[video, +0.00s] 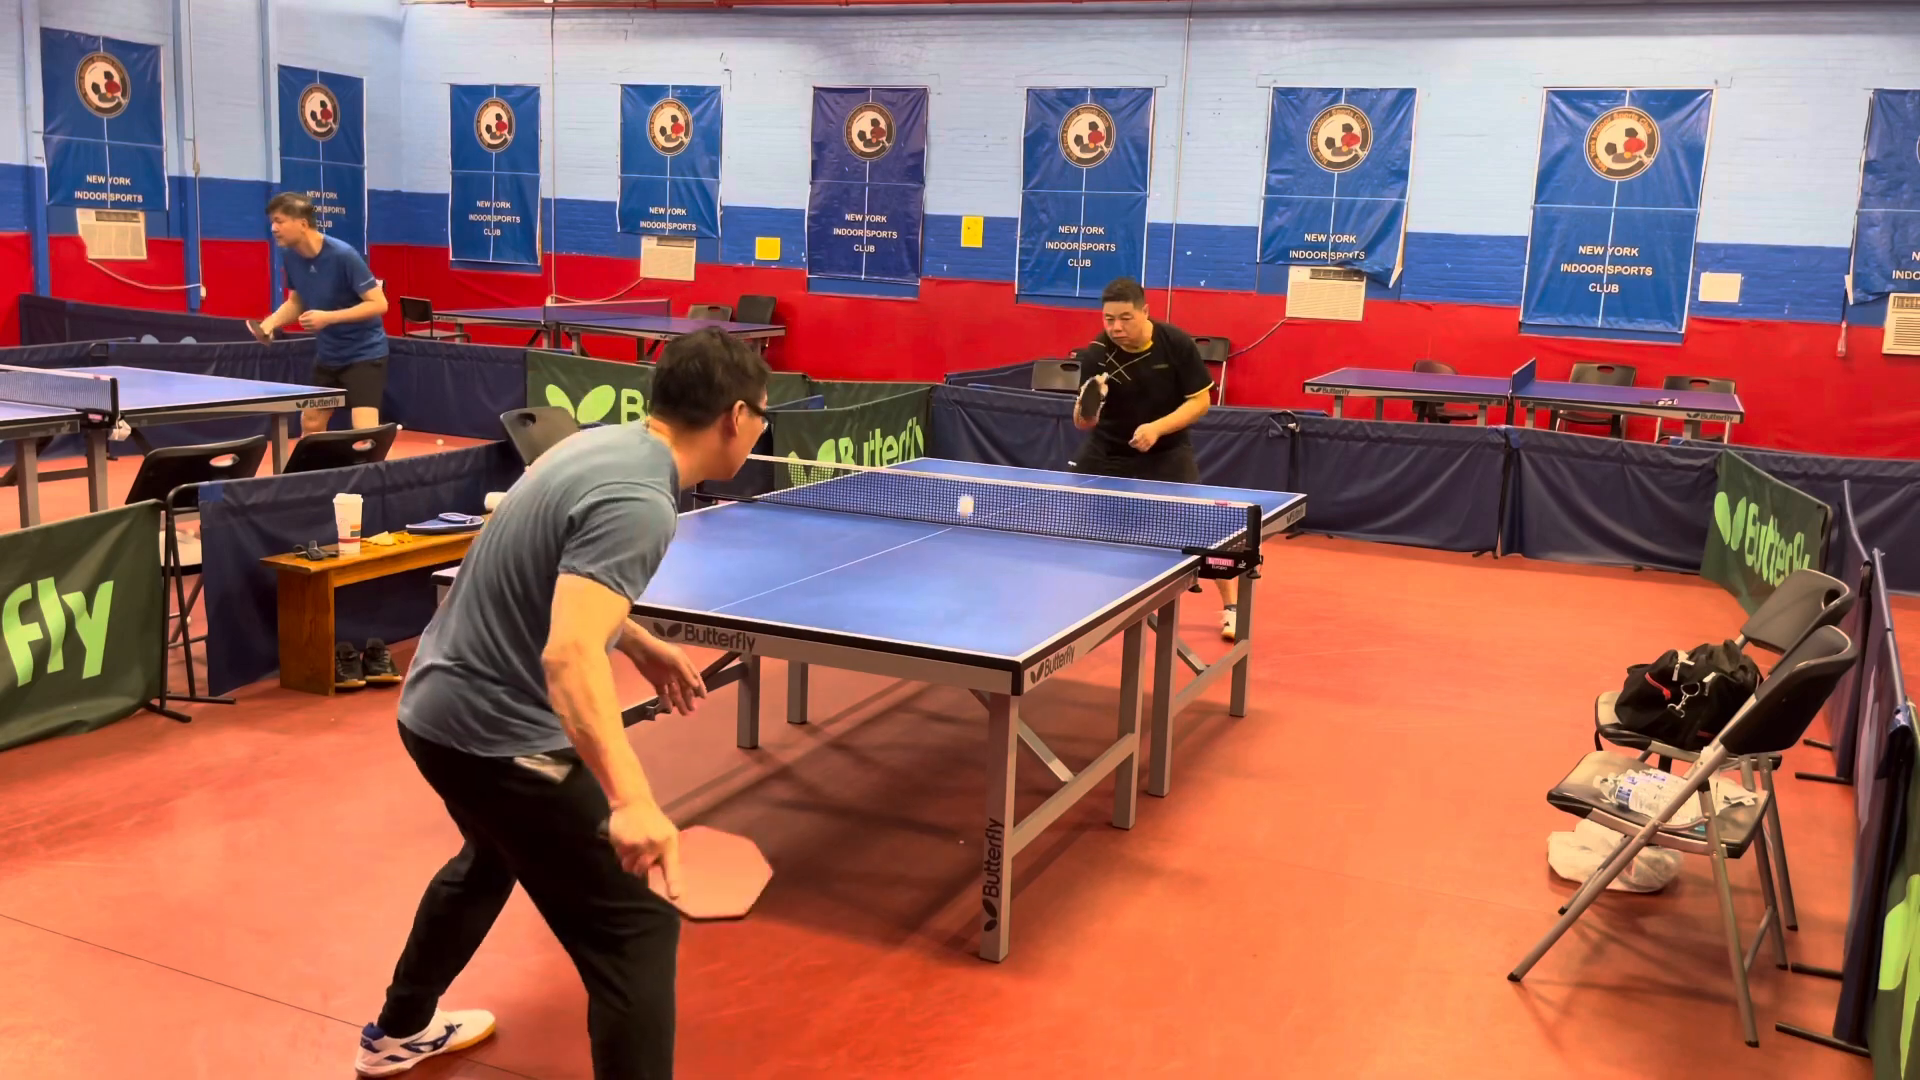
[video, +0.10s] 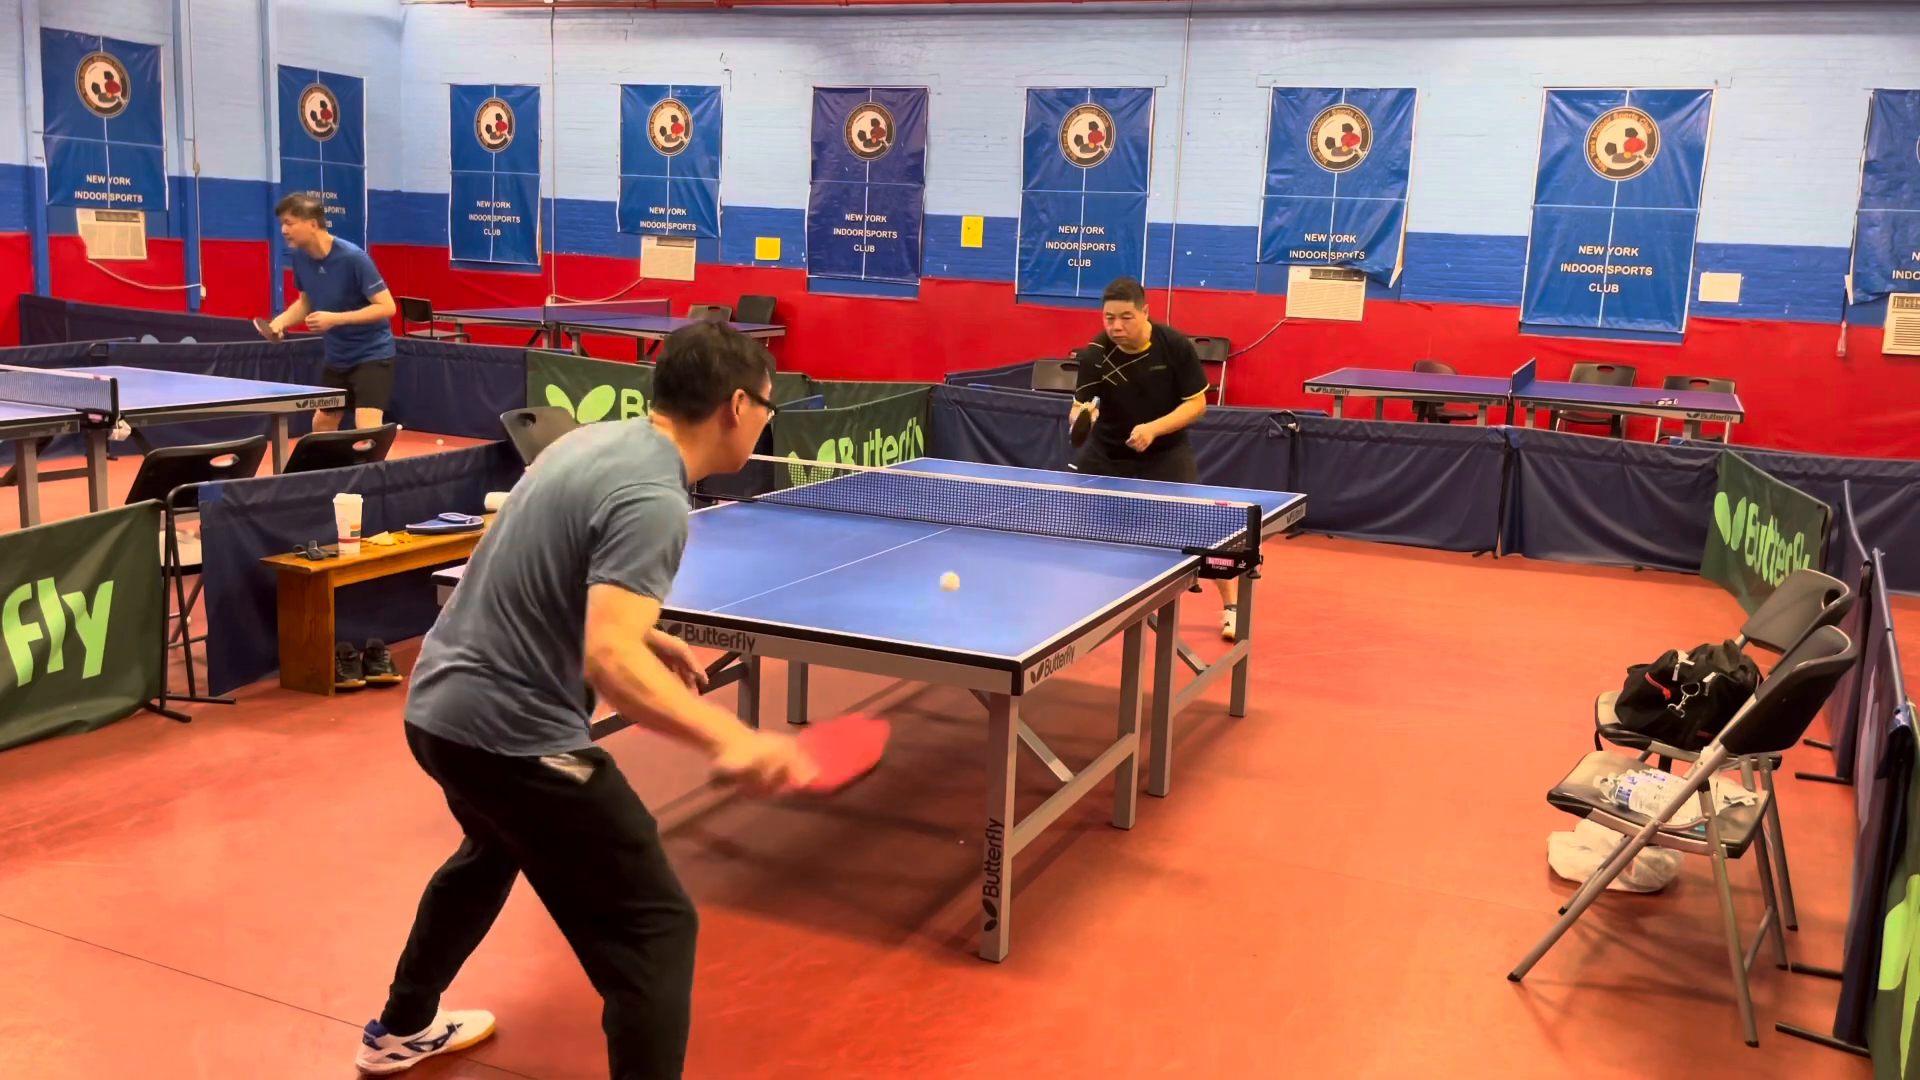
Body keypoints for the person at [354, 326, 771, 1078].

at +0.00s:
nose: (761, 431)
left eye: (762, 413)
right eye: (760, 413)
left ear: (665, 398)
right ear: (732, 417)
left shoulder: (597, 446)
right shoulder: (642, 499)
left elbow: (546, 575)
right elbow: (570, 658)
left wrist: (643, 645)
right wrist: (633, 802)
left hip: (435, 708)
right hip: (499, 734)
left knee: (494, 853)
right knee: (635, 928)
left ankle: (400, 1027)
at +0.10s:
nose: (762, 425)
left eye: (766, 409)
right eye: (763, 408)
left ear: (668, 392)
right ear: (733, 408)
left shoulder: (587, 442)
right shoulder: (654, 493)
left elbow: (550, 578)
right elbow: (610, 656)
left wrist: (647, 635)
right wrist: (733, 739)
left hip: (438, 708)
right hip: (519, 733)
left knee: (494, 848)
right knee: (655, 927)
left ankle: (402, 1026)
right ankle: (646, 1070)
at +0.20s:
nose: (749, 380)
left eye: (751, 360)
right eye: (747, 360)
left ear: (652, 349)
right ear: (713, 357)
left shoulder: (552, 409)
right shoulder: (672, 452)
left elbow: (519, 540)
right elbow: (740, 626)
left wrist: (616, 611)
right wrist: (869, 587)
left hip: (443, 690)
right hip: (537, 709)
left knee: (477, 833)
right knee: (651, 922)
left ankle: (409, 1017)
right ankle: (648, 1075)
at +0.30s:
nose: (732, 335)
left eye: (732, 318)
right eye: (728, 319)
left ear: (630, 318)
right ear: (700, 326)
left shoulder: (527, 384)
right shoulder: (703, 432)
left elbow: (465, 513)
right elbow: (804, 510)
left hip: (445, 680)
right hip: (548, 707)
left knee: (462, 846)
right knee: (645, 915)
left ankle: (425, 1019)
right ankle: (650, 1068)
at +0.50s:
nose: (703, 362)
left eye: (703, 347)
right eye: (701, 347)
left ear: (602, 348)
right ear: (681, 354)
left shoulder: (504, 420)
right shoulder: (693, 460)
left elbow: (437, 555)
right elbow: (761, 545)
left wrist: (501, 604)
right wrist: (785, 449)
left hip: (466, 736)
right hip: (587, 748)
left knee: (466, 856)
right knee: (696, 935)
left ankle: (424, 1034)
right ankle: (677, 1074)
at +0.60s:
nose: (712, 382)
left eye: (712, 368)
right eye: (712, 367)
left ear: (613, 366)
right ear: (696, 375)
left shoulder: (514, 431)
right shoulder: (701, 487)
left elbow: (442, 568)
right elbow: (735, 624)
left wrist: (517, 599)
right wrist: (780, 547)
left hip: (460, 736)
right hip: (577, 751)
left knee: (477, 855)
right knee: (701, 939)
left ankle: (422, 1035)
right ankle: (674, 1076)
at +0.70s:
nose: (737, 382)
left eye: (735, 367)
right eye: (737, 368)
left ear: (634, 363)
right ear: (721, 373)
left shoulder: (533, 419)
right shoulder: (703, 486)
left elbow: (457, 542)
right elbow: (693, 658)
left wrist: (551, 577)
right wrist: (753, 661)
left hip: (442, 708)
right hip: (553, 734)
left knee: (463, 848)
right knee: (669, 938)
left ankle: (415, 1028)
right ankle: (662, 1074)